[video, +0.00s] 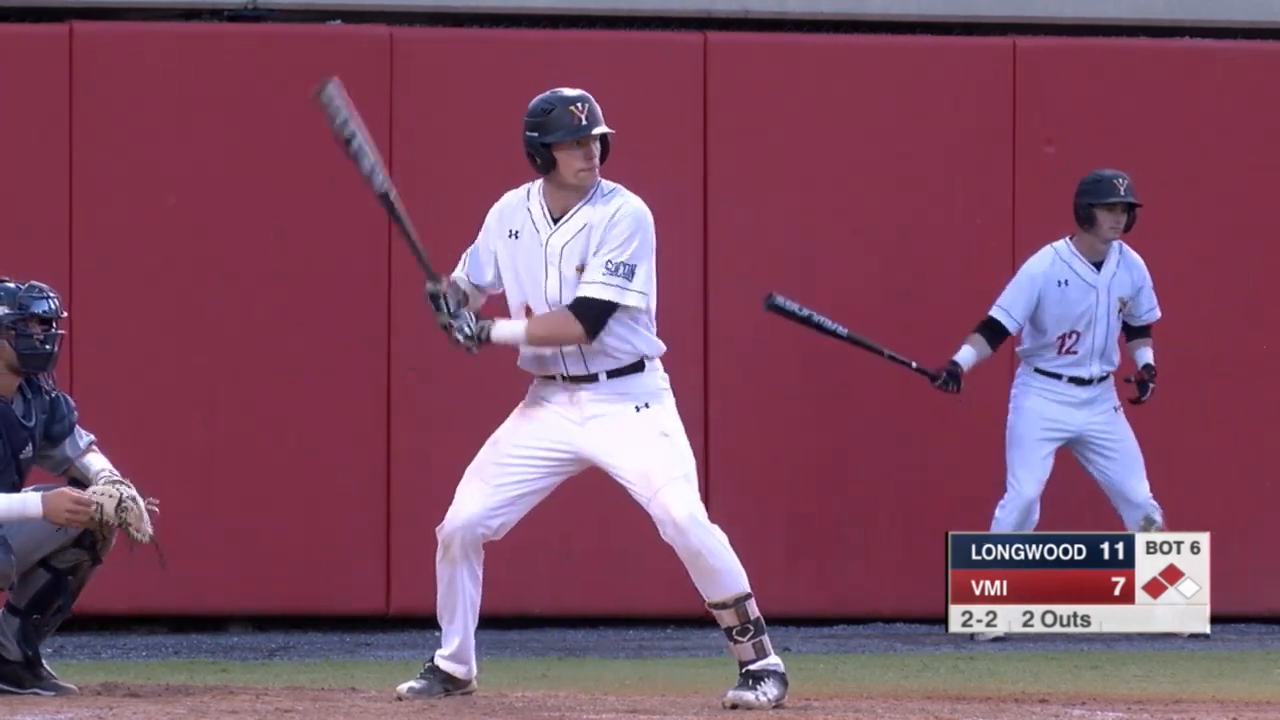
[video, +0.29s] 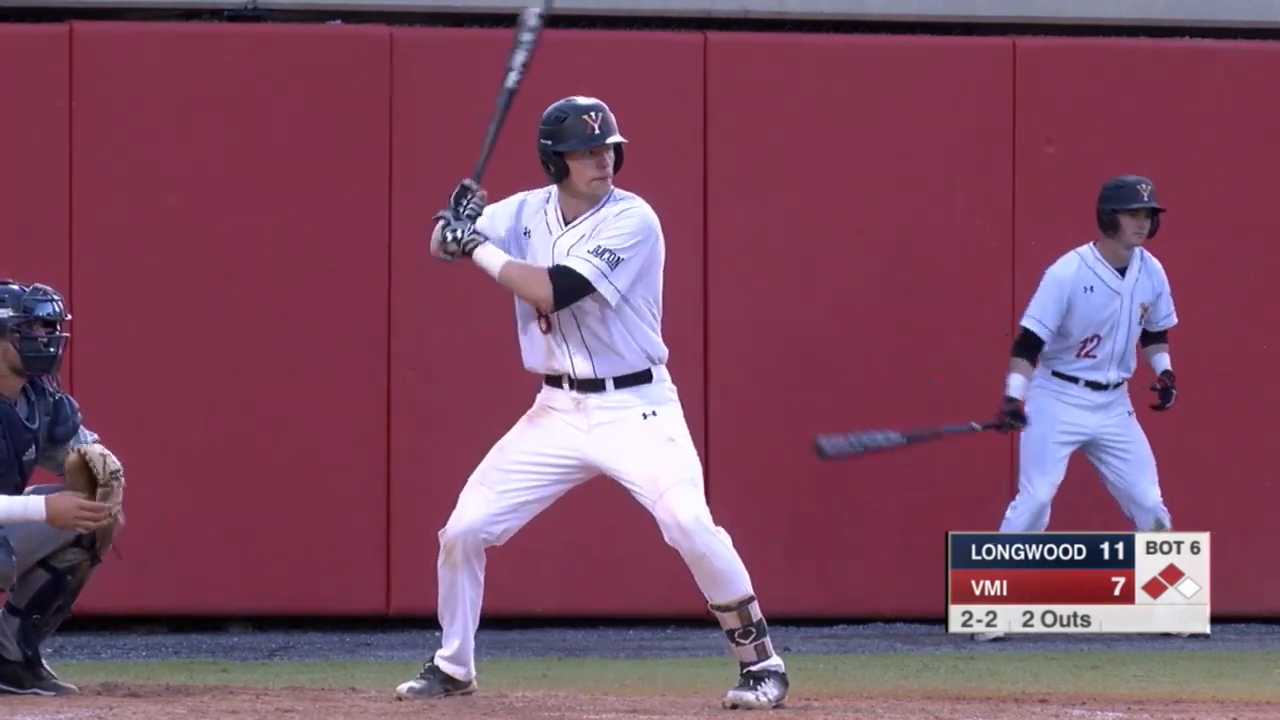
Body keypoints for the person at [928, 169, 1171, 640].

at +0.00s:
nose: (1119, 218)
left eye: (1124, 210)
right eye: (1110, 210)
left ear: (1128, 215)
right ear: (1085, 212)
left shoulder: (1130, 265)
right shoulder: (1044, 265)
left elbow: (1138, 324)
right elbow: (998, 326)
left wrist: (1145, 365)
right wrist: (958, 365)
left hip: (1100, 400)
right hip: (1040, 396)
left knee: (1141, 502)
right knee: (1024, 496)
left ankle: (1165, 603)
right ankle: (985, 598)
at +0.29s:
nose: (1144, 223)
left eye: (1148, 215)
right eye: (1135, 215)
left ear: (1151, 221)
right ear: (1109, 218)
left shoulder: (1150, 270)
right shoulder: (1066, 272)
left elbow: (1154, 331)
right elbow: (1028, 341)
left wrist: (1164, 374)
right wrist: (1013, 396)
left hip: (1114, 405)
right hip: (1056, 400)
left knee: (1150, 507)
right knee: (1035, 500)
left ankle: (1166, 607)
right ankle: (988, 594)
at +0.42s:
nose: (1166, 225)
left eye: (1170, 217)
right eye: (1156, 217)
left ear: (1174, 223)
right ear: (1131, 221)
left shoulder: (1168, 274)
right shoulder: (1091, 275)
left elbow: (1169, 335)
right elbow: (1068, 357)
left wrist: (1180, 378)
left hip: (1128, 402)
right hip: (1072, 396)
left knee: (1160, 508)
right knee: (1047, 498)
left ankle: (1171, 608)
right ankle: (994, 590)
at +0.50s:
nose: (1180, 226)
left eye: (1185, 218)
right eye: (1171, 218)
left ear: (1188, 224)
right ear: (1146, 221)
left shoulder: (1181, 275)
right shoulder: (1108, 275)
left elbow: (1183, 340)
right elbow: (1098, 361)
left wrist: (1193, 384)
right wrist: (1141, 411)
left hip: (1138, 404)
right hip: (1084, 399)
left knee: (1167, 507)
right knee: (1055, 499)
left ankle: (1177, 608)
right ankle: (996, 592)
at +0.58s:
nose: (1188, 226)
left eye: (1192, 219)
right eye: (1179, 218)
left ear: (1195, 224)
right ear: (1153, 222)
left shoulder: (1187, 275)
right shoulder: (1118, 274)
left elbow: (1191, 341)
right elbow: (1121, 365)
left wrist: (1205, 387)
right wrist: (1171, 403)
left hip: (1143, 406)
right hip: (1089, 398)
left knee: (1171, 508)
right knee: (1060, 495)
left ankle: (1173, 611)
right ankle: (997, 587)